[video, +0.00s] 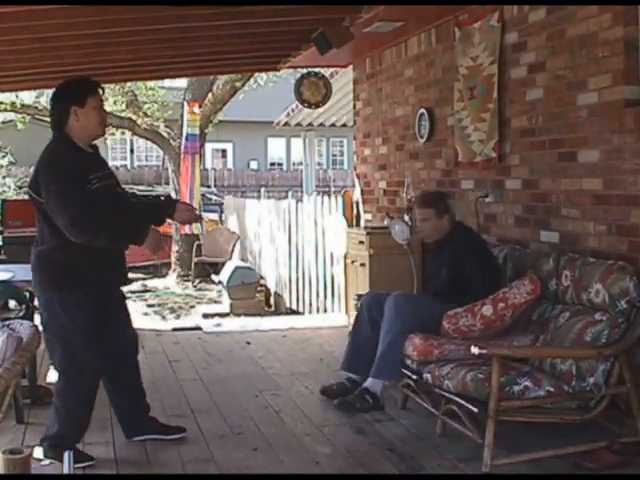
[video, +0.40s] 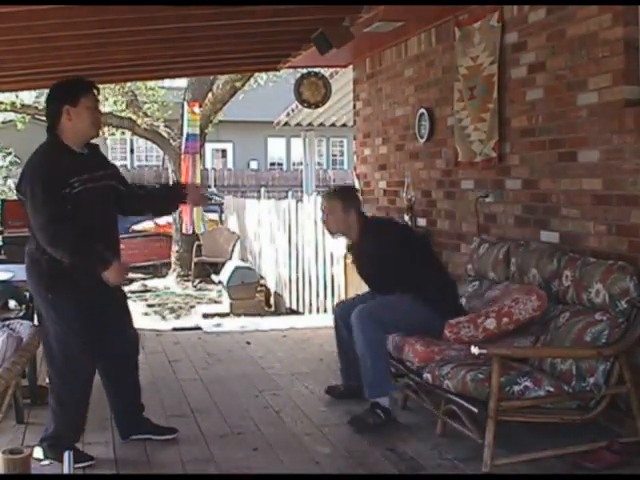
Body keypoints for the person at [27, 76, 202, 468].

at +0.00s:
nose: (106, 113)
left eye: (104, 106)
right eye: (99, 106)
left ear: (79, 113)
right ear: (76, 113)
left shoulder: (89, 159)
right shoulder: (58, 162)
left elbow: (119, 204)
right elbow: (82, 225)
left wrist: (169, 207)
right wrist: (140, 235)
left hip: (99, 280)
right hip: (66, 285)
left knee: (120, 352)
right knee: (78, 365)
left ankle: (137, 424)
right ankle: (57, 444)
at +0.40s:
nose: (101, 113)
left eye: (99, 106)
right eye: (93, 106)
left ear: (76, 113)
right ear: (69, 113)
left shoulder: (96, 161)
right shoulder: (42, 167)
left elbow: (127, 200)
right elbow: (50, 232)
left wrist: (179, 194)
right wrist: (101, 263)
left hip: (99, 272)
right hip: (59, 276)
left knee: (121, 346)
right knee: (73, 358)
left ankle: (131, 422)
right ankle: (57, 442)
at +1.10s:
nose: (116, 114)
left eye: (116, 107)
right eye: (111, 107)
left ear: (92, 111)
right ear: (87, 109)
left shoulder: (113, 162)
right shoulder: (61, 151)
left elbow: (147, 202)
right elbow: (60, 192)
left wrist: (187, 236)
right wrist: (93, 144)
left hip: (109, 273)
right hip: (67, 275)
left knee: (124, 346)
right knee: (67, 360)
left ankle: (131, 419)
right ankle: (53, 441)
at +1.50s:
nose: (102, 113)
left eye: (101, 105)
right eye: (96, 105)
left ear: (75, 109)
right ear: (74, 108)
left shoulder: (85, 153)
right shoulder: (55, 153)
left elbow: (116, 199)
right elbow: (76, 205)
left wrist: (159, 223)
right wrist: (120, 167)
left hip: (100, 273)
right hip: (71, 276)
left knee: (119, 348)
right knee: (75, 360)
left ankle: (131, 419)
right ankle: (53, 441)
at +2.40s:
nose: (114, 113)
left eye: (112, 106)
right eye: (108, 106)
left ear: (85, 111)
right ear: (84, 110)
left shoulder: (95, 154)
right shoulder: (68, 155)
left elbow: (123, 208)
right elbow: (105, 208)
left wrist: (168, 230)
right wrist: (158, 179)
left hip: (107, 274)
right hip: (77, 277)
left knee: (125, 346)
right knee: (77, 361)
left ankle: (132, 420)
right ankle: (53, 442)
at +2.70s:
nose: (116, 114)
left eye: (115, 106)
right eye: (110, 106)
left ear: (89, 111)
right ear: (85, 110)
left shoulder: (97, 154)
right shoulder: (70, 155)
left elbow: (125, 209)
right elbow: (121, 198)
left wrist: (167, 232)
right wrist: (172, 173)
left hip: (109, 274)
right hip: (79, 277)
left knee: (126, 347)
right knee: (77, 361)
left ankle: (132, 420)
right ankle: (53, 442)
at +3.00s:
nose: (110, 114)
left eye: (108, 106)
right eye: (103, 107)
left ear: (83, 113)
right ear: (78, 113)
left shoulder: (88, 154)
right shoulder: (65, 155)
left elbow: (111, 211)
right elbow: (105, 203)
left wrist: (145, 249)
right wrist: (147, 205)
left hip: (92, 273)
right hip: (64, 277)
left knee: (112, 349)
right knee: (70, 360)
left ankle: (129, 420)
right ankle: (51, 443)